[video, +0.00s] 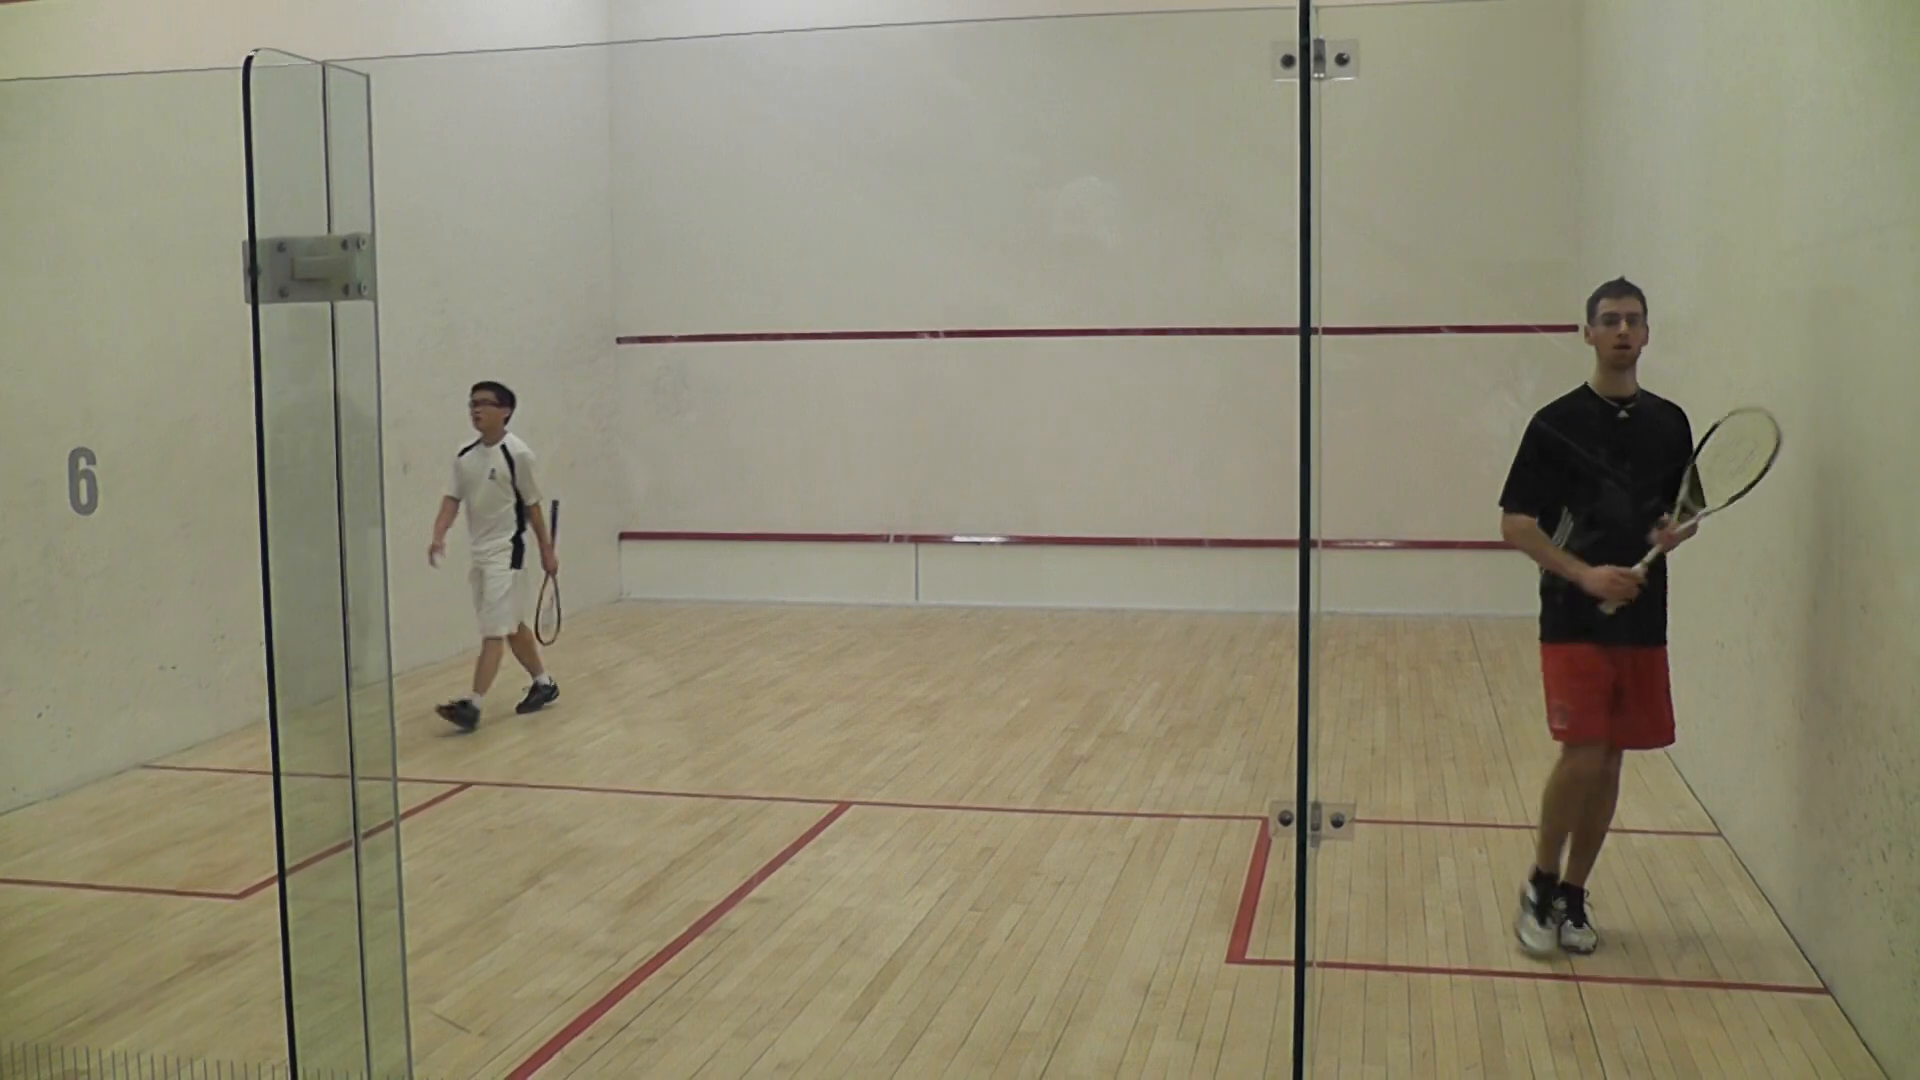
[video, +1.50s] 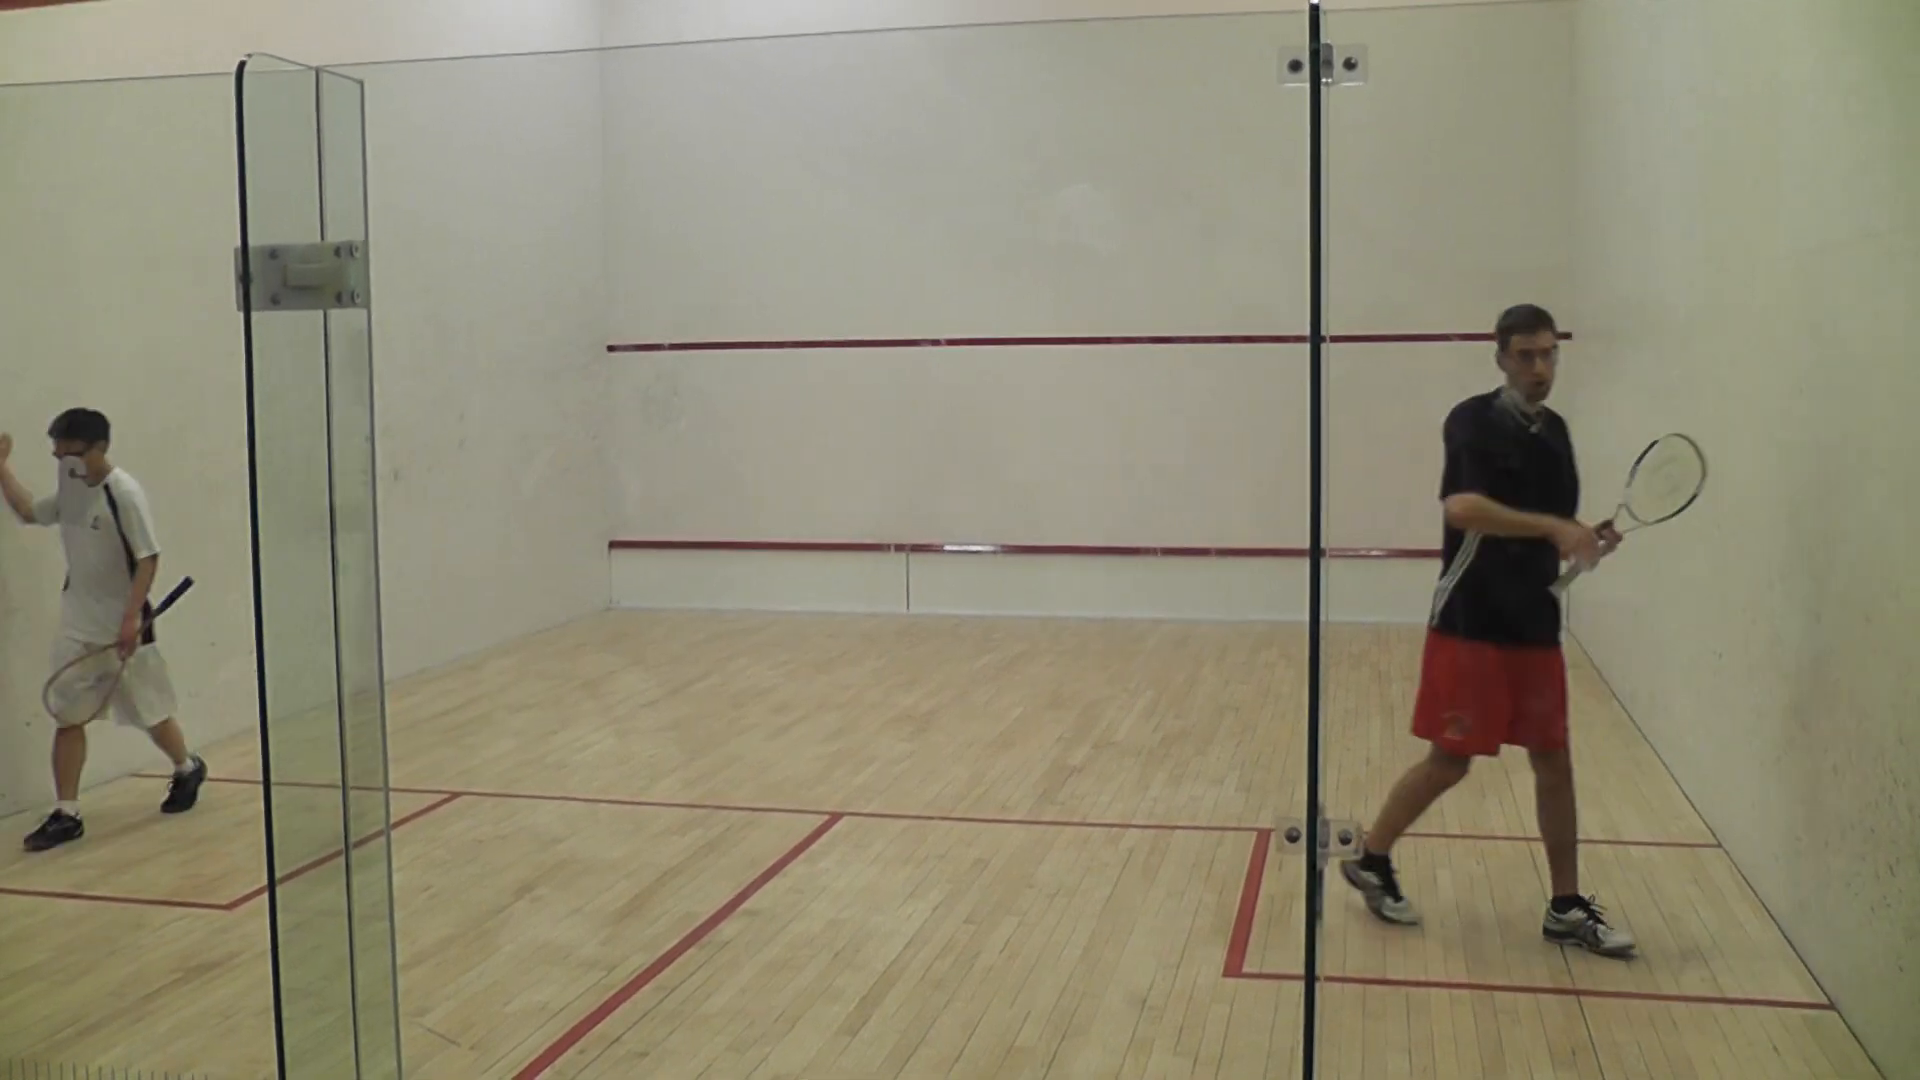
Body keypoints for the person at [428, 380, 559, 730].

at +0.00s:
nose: (476, 411)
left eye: (484, 405)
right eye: (473, 405)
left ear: (505, 411)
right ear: (471, 411)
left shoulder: (517, 454)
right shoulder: (465, 456)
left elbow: (534, 507)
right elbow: (452, 500)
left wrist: (547, 550)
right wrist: (439, 534)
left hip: (506, 554)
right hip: (479, 553)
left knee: (492, 626)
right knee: (509, 623)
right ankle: (543, 683)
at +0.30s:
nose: (399, 414)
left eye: (406, 408)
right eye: (397, 407)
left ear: (431, 410)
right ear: (398, 410)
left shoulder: (445, 452)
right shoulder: (398, 455)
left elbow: (458, 510)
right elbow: (394, 506)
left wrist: (460, 561)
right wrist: (385, 546)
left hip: (438, 559)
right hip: (401, 558)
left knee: (444, 636)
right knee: (389, 632)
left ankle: (452, 707)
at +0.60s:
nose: (312, 433)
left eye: (320, 426)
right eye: (310, 426)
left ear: (343, 425)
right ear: (309, 426)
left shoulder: (360, 462)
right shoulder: (316, 469)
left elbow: (373, 520)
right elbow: (322, 521)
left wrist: (340, 553)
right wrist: (317, 557)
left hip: (356, 581)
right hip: (317, 580)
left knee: (368, 657)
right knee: (309, 655)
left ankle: (421, 695)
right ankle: (316, 737)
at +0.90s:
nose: (234, 444)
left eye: (241, 436)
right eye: (231, 436)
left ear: (265, 433)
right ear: (230, 434)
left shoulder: (284, 471)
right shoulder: (232, 474)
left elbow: (311, 529)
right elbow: (206, 511)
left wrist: (298, 582)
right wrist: (159, 531)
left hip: (273, 590)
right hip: (246, 589)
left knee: (255, 675)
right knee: (276, 670)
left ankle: (235, 764)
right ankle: (310, 740)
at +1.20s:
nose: (151, 450)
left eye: (157, 442)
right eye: (148, 442)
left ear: (184, 436)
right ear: (154, 438)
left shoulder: (207, 477)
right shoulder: (158, 475)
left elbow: (225, 544)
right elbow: (117, 484)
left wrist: (223, 604)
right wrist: (68, 460)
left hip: (198, 608)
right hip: (158, 603)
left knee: (194, 695)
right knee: (146, 686)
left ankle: (200, 774)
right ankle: (198, 734)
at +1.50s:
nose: (66, 465)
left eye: (72, 456)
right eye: (62, 457)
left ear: (100, 449)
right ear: (62, 455)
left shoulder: (123, 492)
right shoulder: (71, 487)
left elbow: (148, 558)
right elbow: (30, 511)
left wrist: (132, 617)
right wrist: (3, 468)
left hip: (124, 625)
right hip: (79, 624)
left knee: (150, 710)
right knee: (68, 717)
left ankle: (187, 769)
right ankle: (66, 813)